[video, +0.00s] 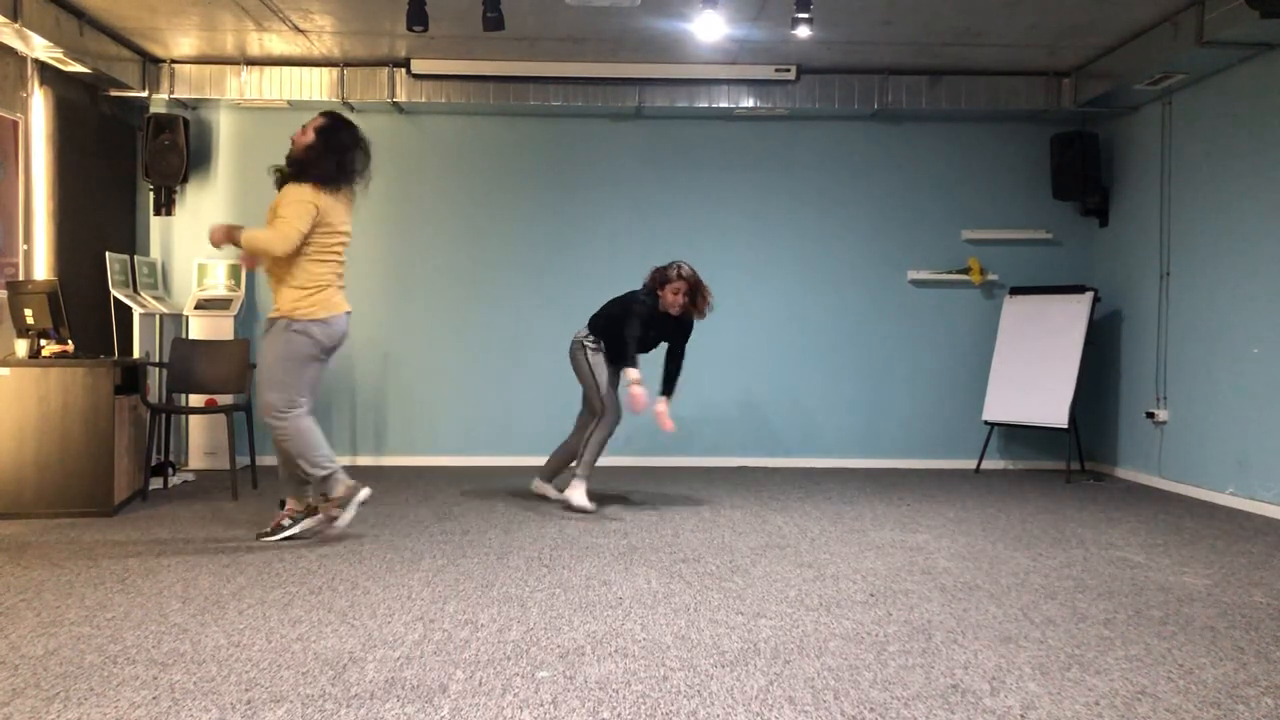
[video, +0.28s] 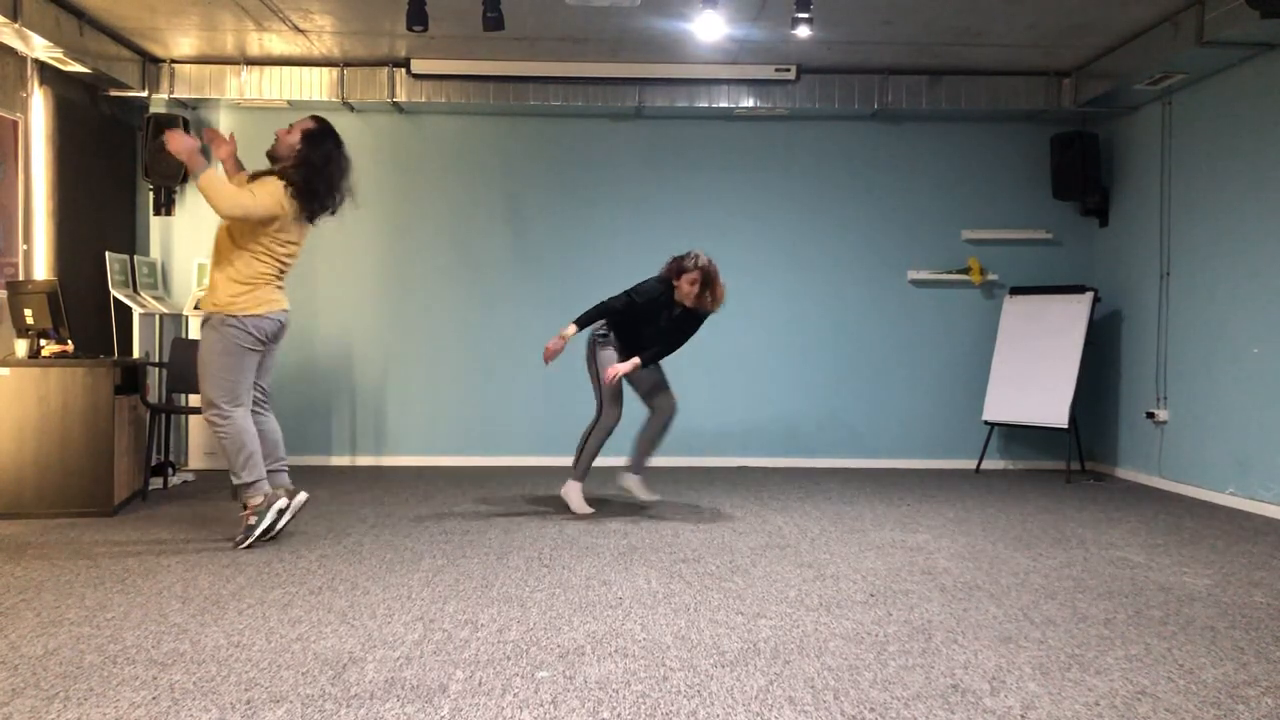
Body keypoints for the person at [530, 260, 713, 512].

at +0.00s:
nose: (681, 300)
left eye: (686, 294)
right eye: (675, 293)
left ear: (691, 297)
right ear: (661, 289)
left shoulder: (683, 322)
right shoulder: (640, 303)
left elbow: (674, 358)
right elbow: (628, 341)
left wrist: (664, 400)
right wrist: (634, 381)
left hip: (611, 360)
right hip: (588, 347)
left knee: (588, 423)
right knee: (610, 414)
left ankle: (542, 480)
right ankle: (577, 486)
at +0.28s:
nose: (697, 290)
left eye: (701, 285)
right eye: (692, 283)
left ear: (706, 286)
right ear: (676, 279)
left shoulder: (698, 312)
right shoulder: (655, 289)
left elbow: (669, 346)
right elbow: (608, 306)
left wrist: (630, 365)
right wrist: (564, 336)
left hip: (638, 353)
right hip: (607, 340)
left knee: (665, 407)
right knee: (609, 414)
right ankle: (573, 484)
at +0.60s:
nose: (755, 226)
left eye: (754, 220)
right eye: (747, 222)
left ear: (753, 227)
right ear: (727, 230)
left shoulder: (760, 258)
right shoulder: (706, 267)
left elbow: (766, 306)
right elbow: (687, 317)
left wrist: (773, 353)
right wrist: (666, 367)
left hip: (730, 351)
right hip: (698, 350)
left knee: (758, 415)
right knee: (728, 420)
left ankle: (734, 488)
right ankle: (670, 474)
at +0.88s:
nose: (793, 233)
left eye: (789, 227)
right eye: (784, 230)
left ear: (779, 240)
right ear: (768, 243)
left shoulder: (792, 268)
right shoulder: (766, 278)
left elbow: (835, 275)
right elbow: (819, 297)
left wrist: (889, 285)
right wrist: (876, 310)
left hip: (775, 359)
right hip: (752, 365)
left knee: (822, 416)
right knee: (816, 415)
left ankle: (826, 499)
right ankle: (782, 485)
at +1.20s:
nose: (802, 241)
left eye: (798, 235)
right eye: (794, 237)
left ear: (777, 247)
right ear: (776, 247)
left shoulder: (777, 271)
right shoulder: (774, 272)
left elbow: (830, 271)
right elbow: (828, 273)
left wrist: (889, 272)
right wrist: (888, 273)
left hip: (739, 357)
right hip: (733, 359)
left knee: (796, 416)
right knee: (798, 414)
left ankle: (784, 495)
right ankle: (806, 495)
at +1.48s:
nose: (769, 253)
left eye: (767, 247)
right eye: (762, 249)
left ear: (744, 254)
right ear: (743, 254)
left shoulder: (735, 273)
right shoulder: (733, 275)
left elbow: (789, 280)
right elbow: (787, 284)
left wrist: (845, 287)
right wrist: (846, 290)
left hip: (666, 342)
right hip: (671, 342)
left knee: (704, 414)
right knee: (718, 409)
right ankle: (724, 492)